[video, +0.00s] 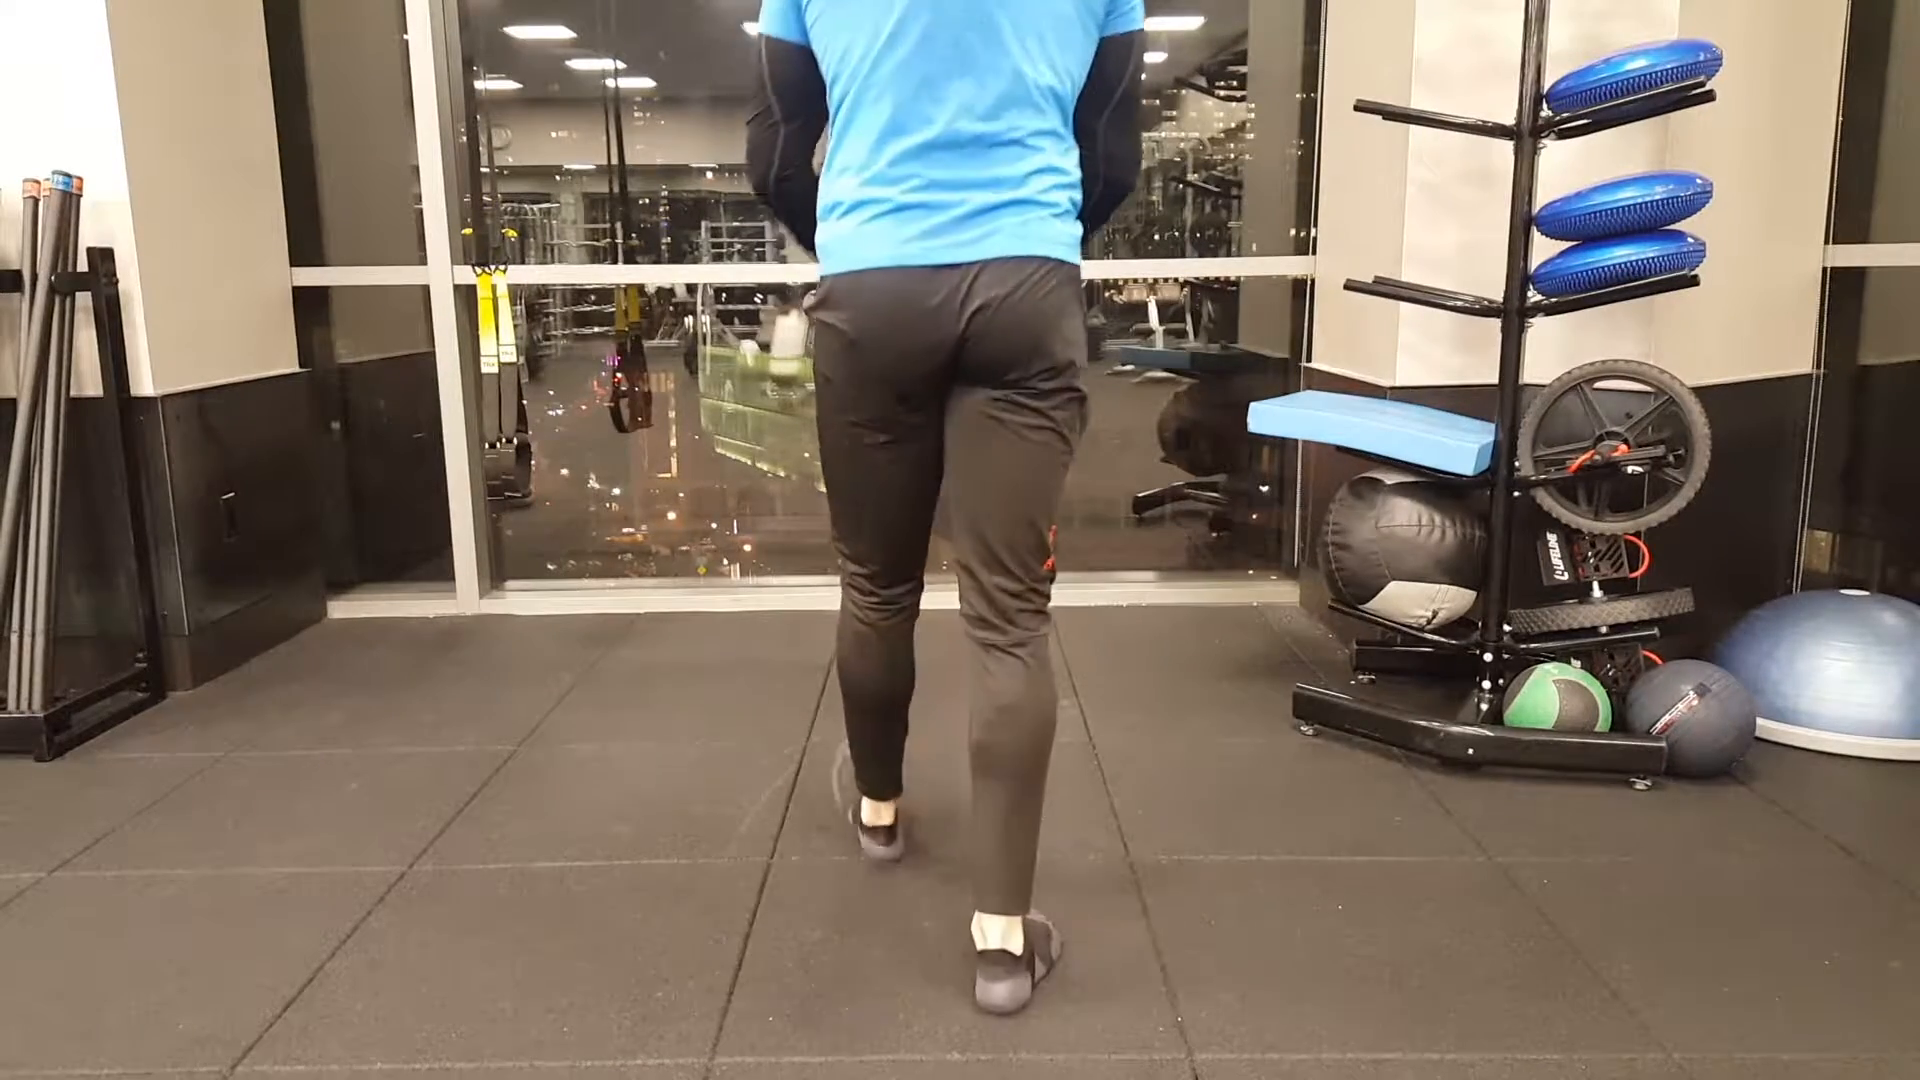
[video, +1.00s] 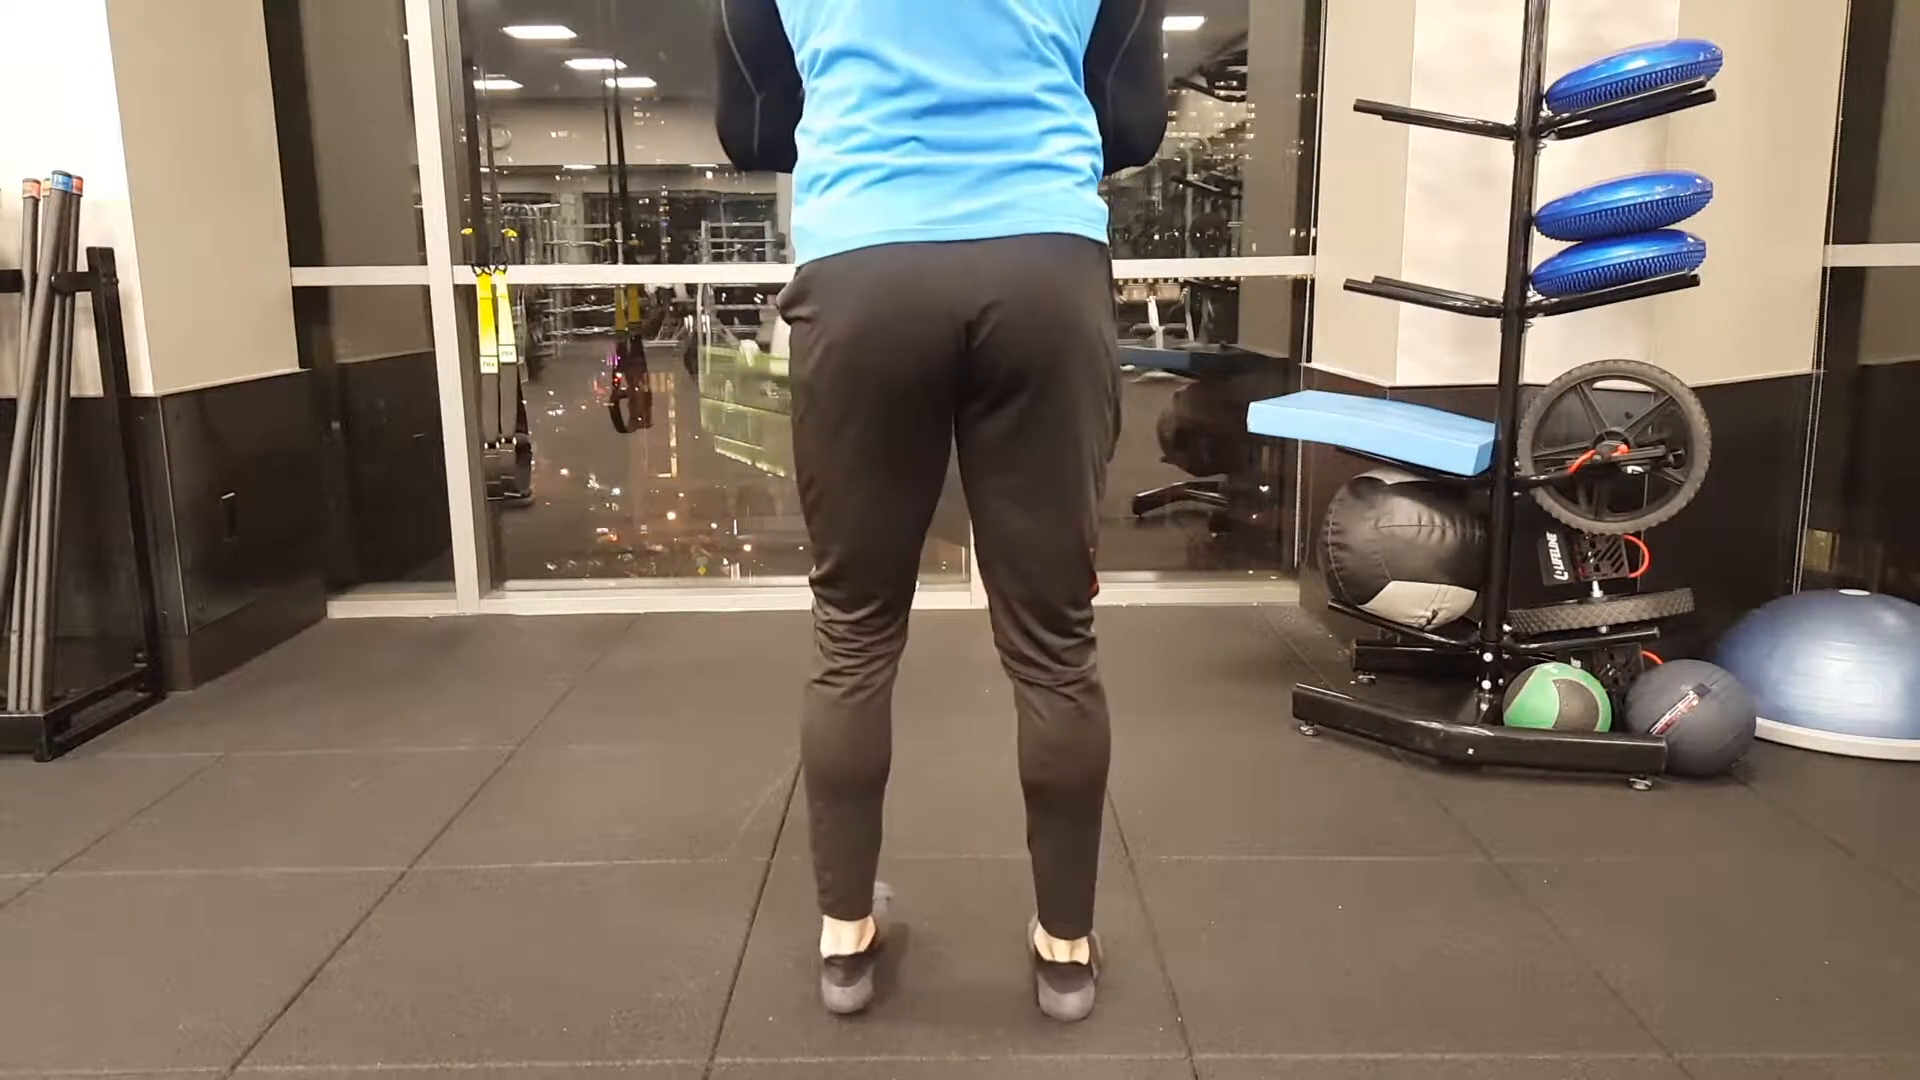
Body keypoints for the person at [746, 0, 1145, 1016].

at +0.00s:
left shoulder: (812, 2)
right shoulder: (1100, 2)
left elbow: (775, 160)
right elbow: (1109, 168)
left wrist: (860, 240)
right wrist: (1030, 235)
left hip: (872, 279)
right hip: (1030, 275)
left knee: (877, 584)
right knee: (1009, 610)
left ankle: (879, 805)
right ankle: (1002, 938)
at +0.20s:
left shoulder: (807, 3)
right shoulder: (1107, 3)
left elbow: (785, 137)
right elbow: (1127, 143)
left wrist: (882, 197)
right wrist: (1041, 215)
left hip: (866, 261)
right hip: (1034, 258)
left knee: (871, 597)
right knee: (1010, 613)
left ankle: (870, 891)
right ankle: (1002, 943)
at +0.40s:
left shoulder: (788, 1)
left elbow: (759, 131)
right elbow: (1119, 133)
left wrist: (875, 181)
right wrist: (1020, 191)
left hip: (851, 254)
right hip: (1023, 253)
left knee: (856, 624)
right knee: (1010, 622)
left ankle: (855, 945)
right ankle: (1005, 944)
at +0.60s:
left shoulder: (758, 1)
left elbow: (736, 139)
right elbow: (1103, 129)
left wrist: (862, 152)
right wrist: (997, 173)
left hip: (828, 259)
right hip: (1009, 261)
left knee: (845, 634)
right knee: (1021, 614)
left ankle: (854, 949)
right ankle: (1037, 940)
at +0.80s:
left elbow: (735, 133)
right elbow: (1116, 131)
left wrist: (866, 141)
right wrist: (994, 144)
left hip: (844, 262)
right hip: (1026, 265)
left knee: (851, 641)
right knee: (1035, 632)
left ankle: (855, 949)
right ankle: (1060, 952)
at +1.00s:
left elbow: (753, 135)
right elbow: (1132, 128)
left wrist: (882, 117)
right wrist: (1004, 137)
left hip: (866, 268)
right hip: (1047, 260)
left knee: (854, 627)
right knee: (1052, 635)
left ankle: (845, 941)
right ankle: (1065, 954)